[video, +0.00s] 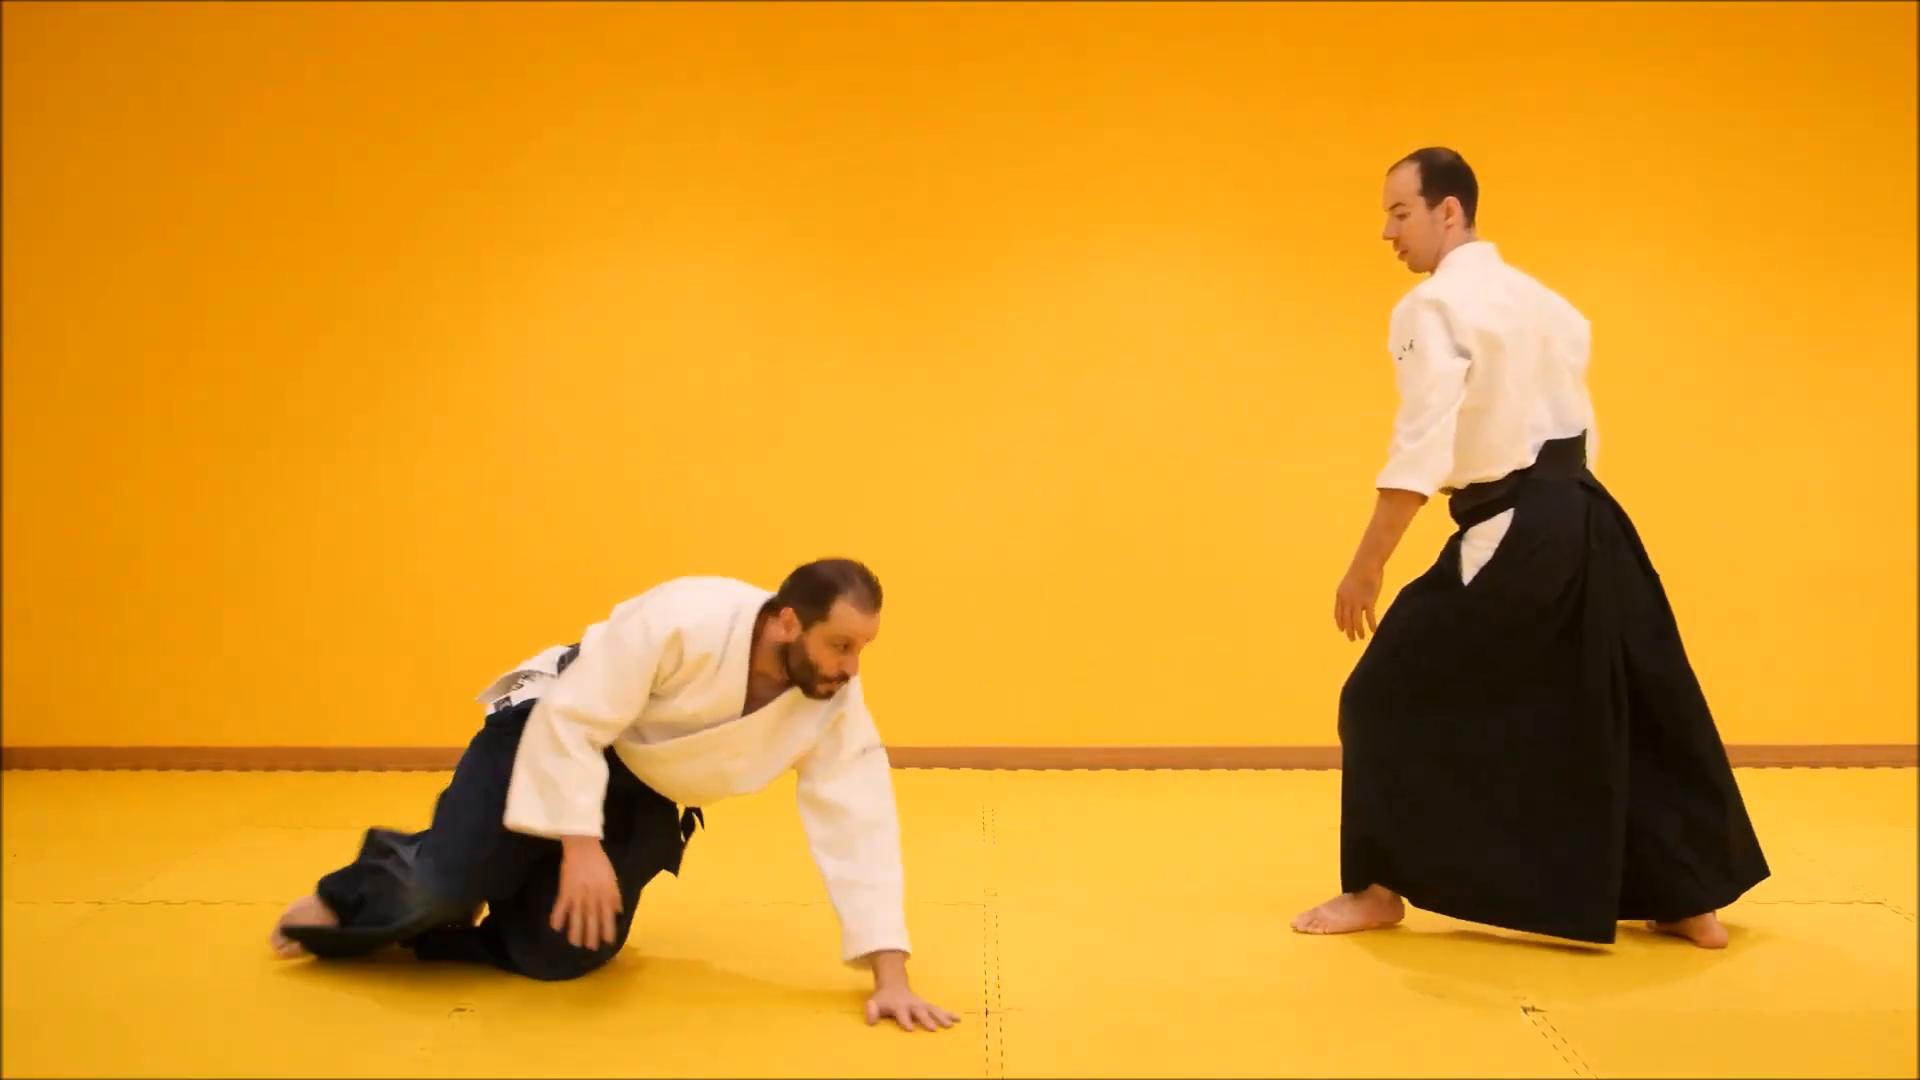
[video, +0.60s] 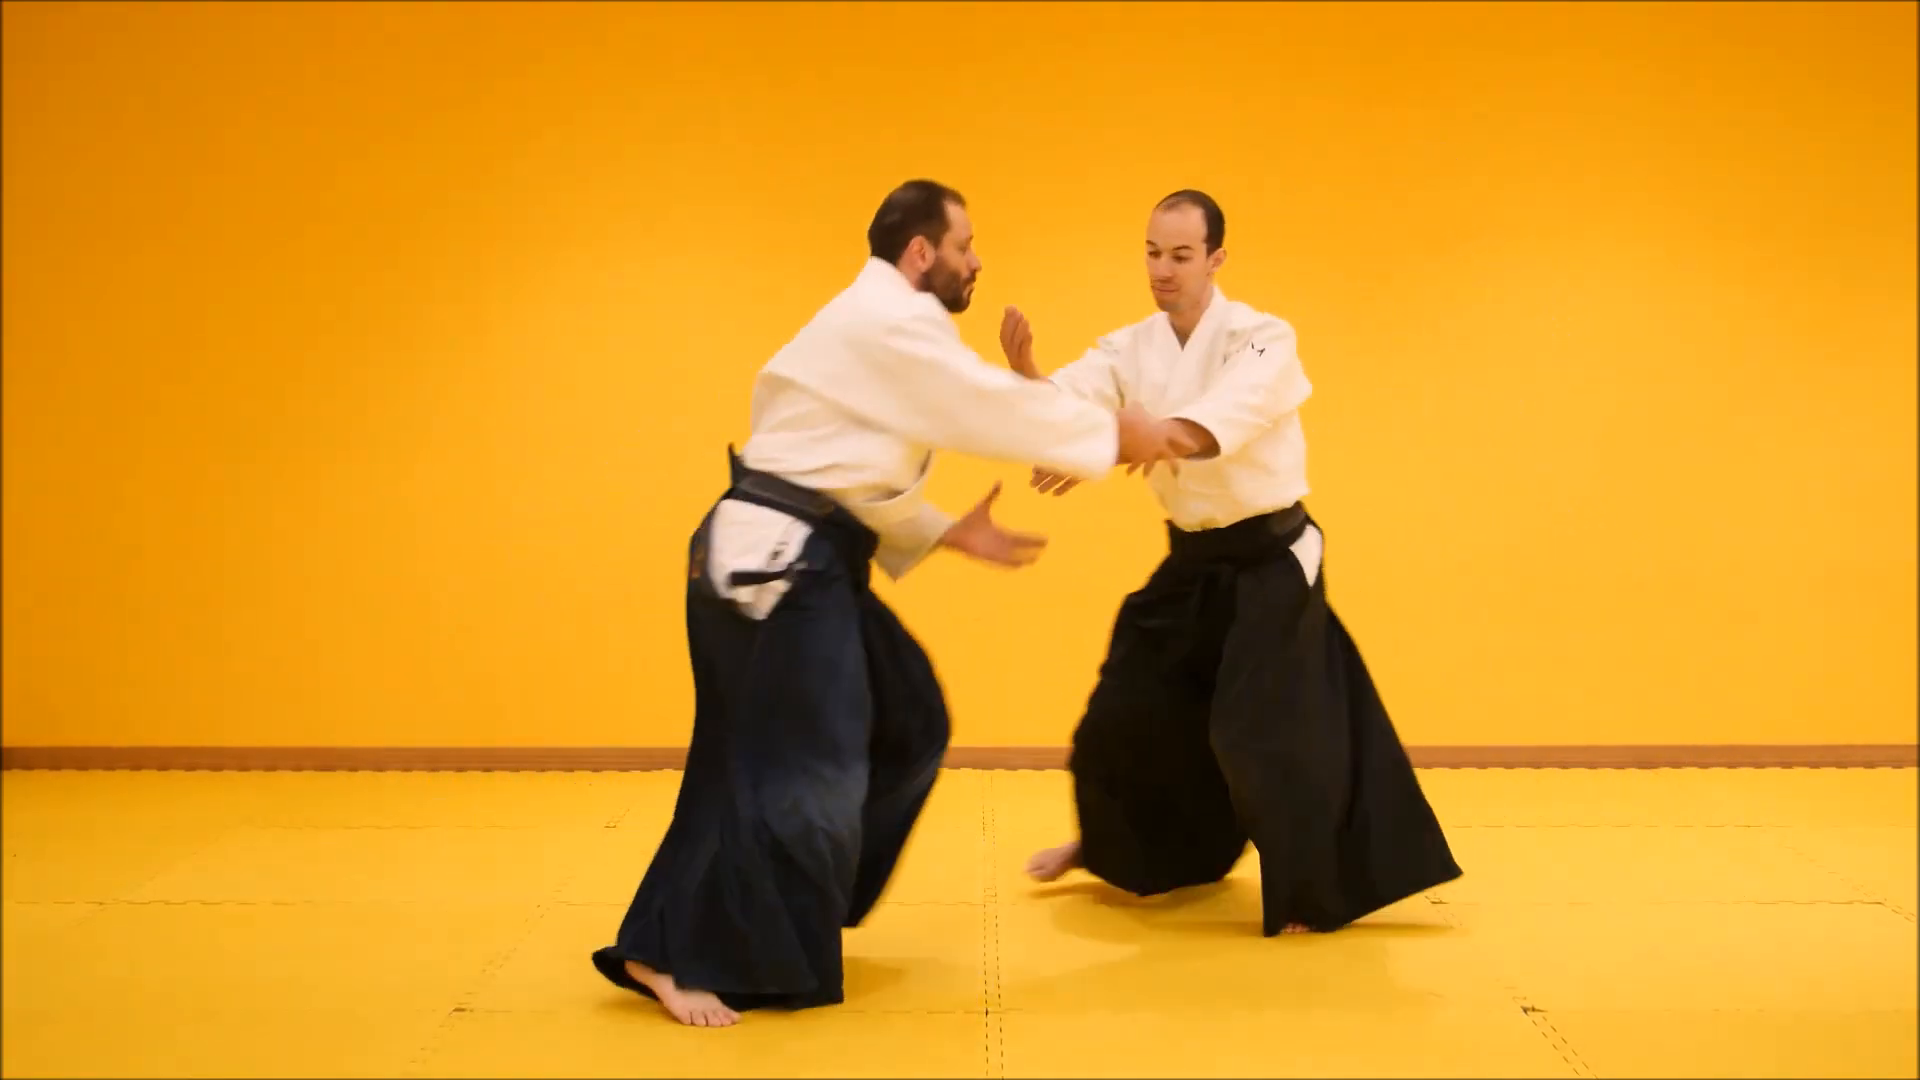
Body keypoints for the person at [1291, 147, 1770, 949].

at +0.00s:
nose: (1389, 233)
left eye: (1399, 214)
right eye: (1386, 216)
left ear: (1449, 211)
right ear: (1453, 217)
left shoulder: (1434, 306)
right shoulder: (1547, 302)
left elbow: (1422, 452)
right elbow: (1576, 436)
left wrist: (1366, 566)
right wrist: (1549, 508)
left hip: (1508, 535)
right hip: (1586, 523)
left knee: (1374, 698)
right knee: (1622, 701)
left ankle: (1372, 887)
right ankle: (1686, 898)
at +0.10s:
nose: (1364, 246)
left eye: (1375, 228)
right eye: (1363, 230)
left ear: (1427, 225)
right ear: (1430, 230)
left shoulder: (1412, 322)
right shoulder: (1522, 314)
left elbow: (1388, 469)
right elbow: (1542, 439)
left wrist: (1327, 572)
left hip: (1490, 553)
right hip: (1568, 537)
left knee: (1348, 703)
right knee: (1618, 707)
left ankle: (1330, 883)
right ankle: (1689, 901)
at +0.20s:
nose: (1325, 259)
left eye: (1337, 242)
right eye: (1323, 244)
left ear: (1388, 242)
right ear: (1389, 248)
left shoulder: (1373, 338)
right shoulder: (1467, 328)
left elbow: (1335, 479)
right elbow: (1467, 469)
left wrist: (1251, 576)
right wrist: (1379, 552)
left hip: (1458, 564)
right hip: (1529, 548)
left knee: (1312, 711)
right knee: (1586, 720)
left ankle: (1313, 889)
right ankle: (1682, 900)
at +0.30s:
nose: (1277, 266)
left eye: (1291, 248)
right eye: (1275, 250)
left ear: (1343, 251)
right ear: (1330, 256)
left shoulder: (1337, 349)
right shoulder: (1384, 328)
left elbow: (1285, 475)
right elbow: (1337, 468)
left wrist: (1177, 554)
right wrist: (1228, 513)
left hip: (1411, 570)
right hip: (1457, 552)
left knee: (1278, 715)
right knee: (1521, 725)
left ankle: (1299, 896)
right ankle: (1671, 859)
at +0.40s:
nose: (1232, 268)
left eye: (1248, 251)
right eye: (1228, 253)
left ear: (1296, 256)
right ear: (1251, 260)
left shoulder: (1321, 353)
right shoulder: (1265, 352)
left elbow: (1236, 468)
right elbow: (1198, 443)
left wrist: (1110, 522)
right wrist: (1111, 465)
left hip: (1377, 565)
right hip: (1342, 562)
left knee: (1262, 728)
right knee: (1408, 724)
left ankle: (1301, 897)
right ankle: (1554, 808)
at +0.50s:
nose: (1196, 270)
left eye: (1212, 255)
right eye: (1188, 256)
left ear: (1254, 257)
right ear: (1184, 261)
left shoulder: (1294, 353)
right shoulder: (1196, 352)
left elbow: (1197, 459)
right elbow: (1112, 428)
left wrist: (1085, 489)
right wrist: (1054, 419)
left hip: (1335, 569)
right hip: (1278, 573)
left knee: (1260, 729)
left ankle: (1295, 894)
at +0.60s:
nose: (1162, 269)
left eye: (1179, 255)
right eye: (1153, 254)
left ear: (1216, 258)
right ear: (1143, 257)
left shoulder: (1266, 344)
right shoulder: (1131, 348)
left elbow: (1218, 426)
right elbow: (1066, 402)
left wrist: (1116, 444)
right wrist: (1028, 380)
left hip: (1271, 557)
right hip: (1191, 560)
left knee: (1257, 721)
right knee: (1118, 713)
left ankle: (1306, 889)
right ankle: (1108, 838)